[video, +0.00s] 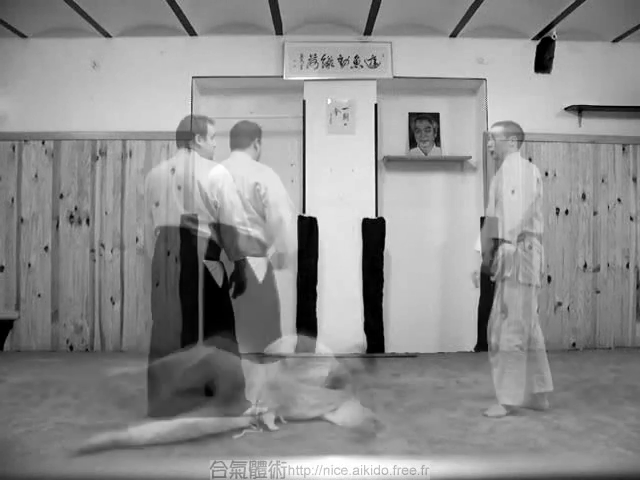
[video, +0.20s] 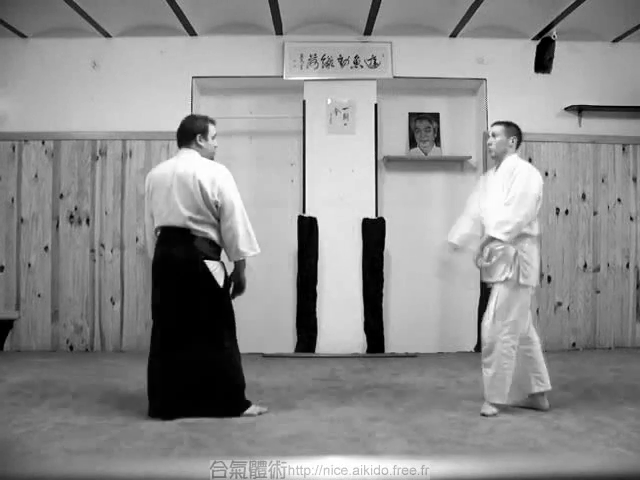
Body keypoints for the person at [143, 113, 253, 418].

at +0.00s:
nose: (214, 144)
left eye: (213, 137)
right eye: (211, 138)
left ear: (182, 139)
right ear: (198, 139)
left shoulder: (157, 173)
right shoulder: (215, 174)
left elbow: (152, 221)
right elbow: (227, 227)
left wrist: (157, 260)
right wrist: (240, 267)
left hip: (167, 254)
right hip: (205, 254)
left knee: (170, 321)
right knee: (215, 321)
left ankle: (168, 393)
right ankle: (219, 391)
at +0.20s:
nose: (216, 144)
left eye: (216, 138)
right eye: (213, 138)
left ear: (185, 141)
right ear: (200, 139)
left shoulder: (156, 174)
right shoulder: (215, 174)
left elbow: (152, 225)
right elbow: (234, 226)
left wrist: (159, 257)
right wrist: (239, 269)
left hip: (165, 260)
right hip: (202, 261)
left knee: (167, 331)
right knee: (219, 333)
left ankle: (165, 403)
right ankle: (231, 403)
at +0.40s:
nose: (223, 145)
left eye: (222, 139)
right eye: (219, 139)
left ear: (191, 141)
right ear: (205, 141)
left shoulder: (161, 174)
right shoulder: (221, 174)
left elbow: (153, 227)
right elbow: (239, 228)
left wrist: (160, 259)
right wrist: (243, 271)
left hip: (169, 261)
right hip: (209, 263)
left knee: (170, 332)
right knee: (221, 334)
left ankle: (167, 403)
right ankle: (229, 402)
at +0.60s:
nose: (235, 145)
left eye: (234, 139)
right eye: (232, 139)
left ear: (201, 142)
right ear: (219, 142)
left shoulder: (176, 176)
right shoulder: (237, 174)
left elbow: (165, 228)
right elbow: (257, 227)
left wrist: (163, 268)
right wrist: (261, 269)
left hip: (184, 260)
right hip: (224, 262)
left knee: (182, 331)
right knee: (230, 333)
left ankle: (173, 401)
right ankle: (231, 402)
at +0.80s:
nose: (241, 141)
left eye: (240, 135)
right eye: (237, 135)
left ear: (212, 140)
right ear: (221, 139)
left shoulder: (193, 172)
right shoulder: (237, 168)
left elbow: (190, 215)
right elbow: (284, 197)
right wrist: (297, 214)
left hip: (198, 257)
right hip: (231, 259)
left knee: (202, 330)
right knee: (242, 332)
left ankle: (189, 395)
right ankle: (234, 404)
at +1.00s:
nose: (238, 139)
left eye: (237, 134)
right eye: (231, 135)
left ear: (234, 138)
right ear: (213, 141)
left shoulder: (230, 166)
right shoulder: (214, 163)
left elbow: (262, 192)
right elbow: (259, 164)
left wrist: (292, 167)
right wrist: (289, 152)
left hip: (238, 254)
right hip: (225, 255)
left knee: (231, 327)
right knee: (240, 328)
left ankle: (227, 399)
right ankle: (233, 402)